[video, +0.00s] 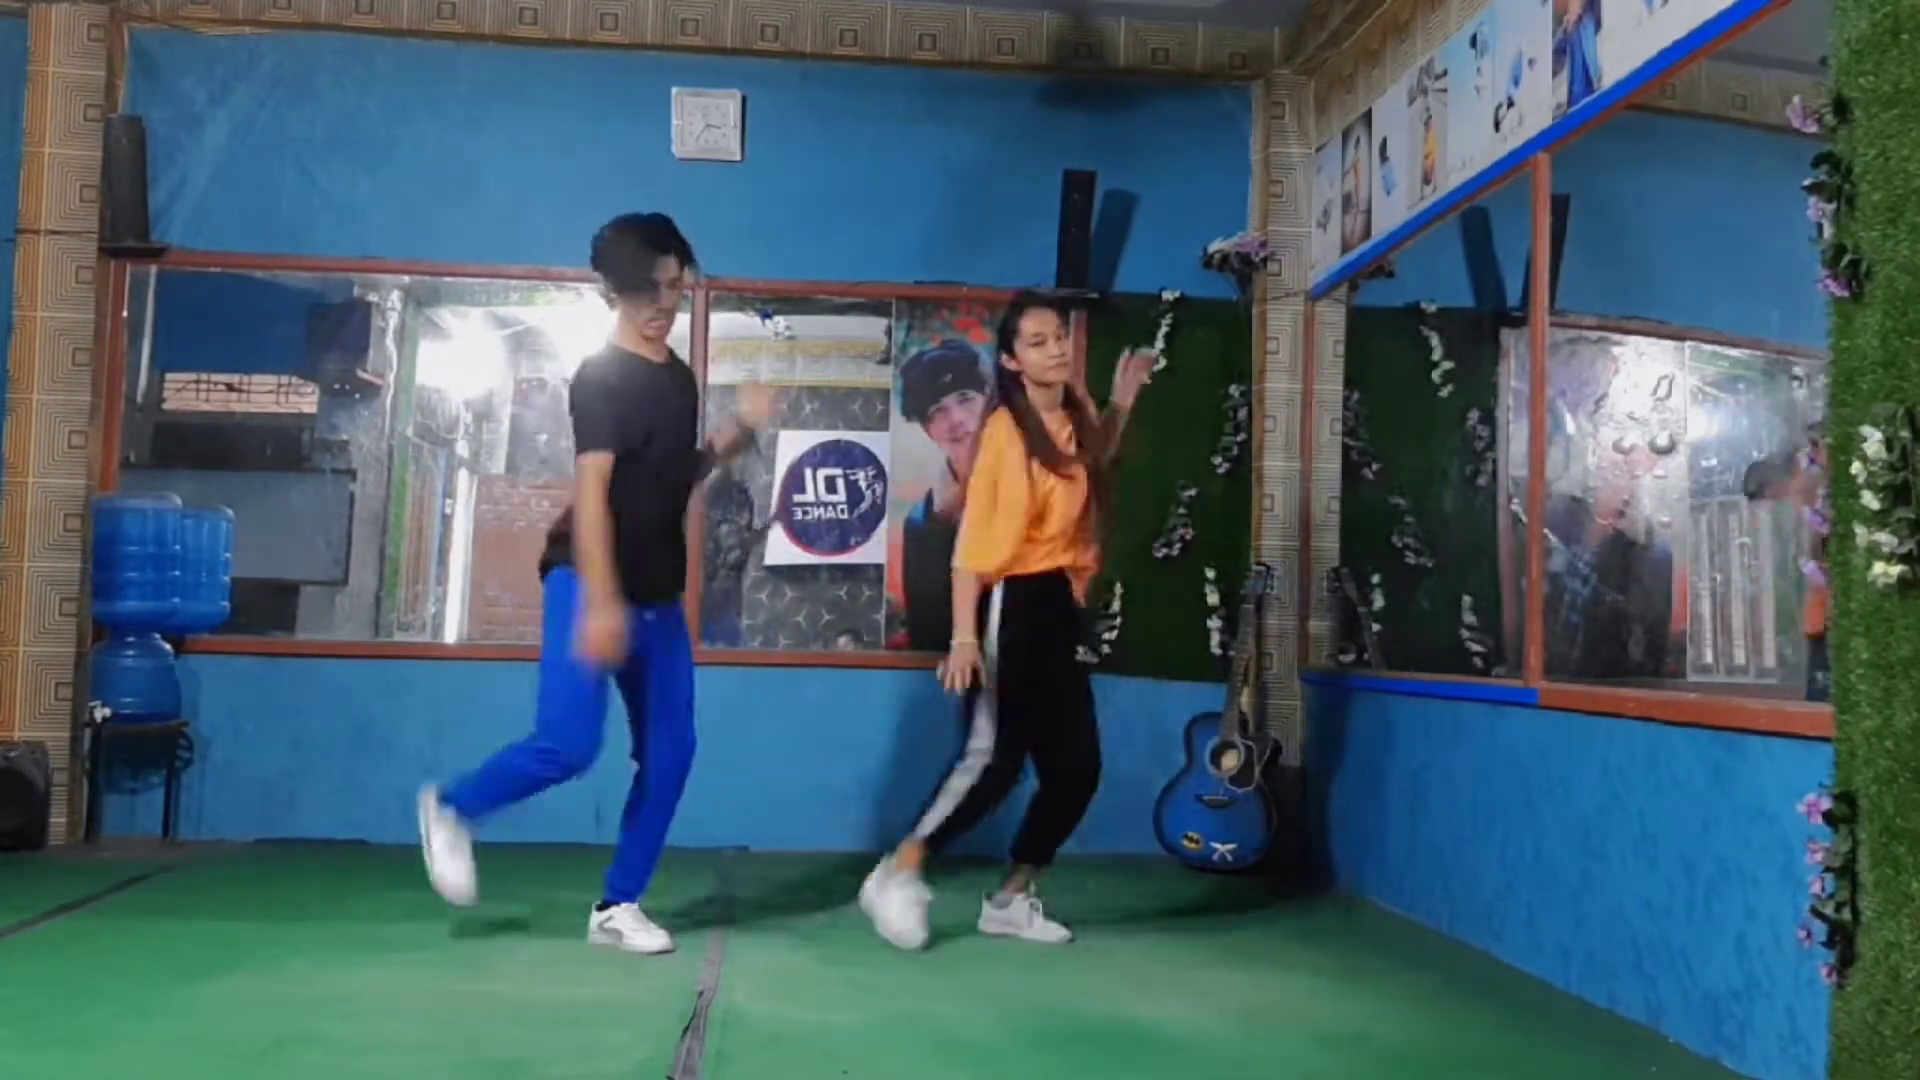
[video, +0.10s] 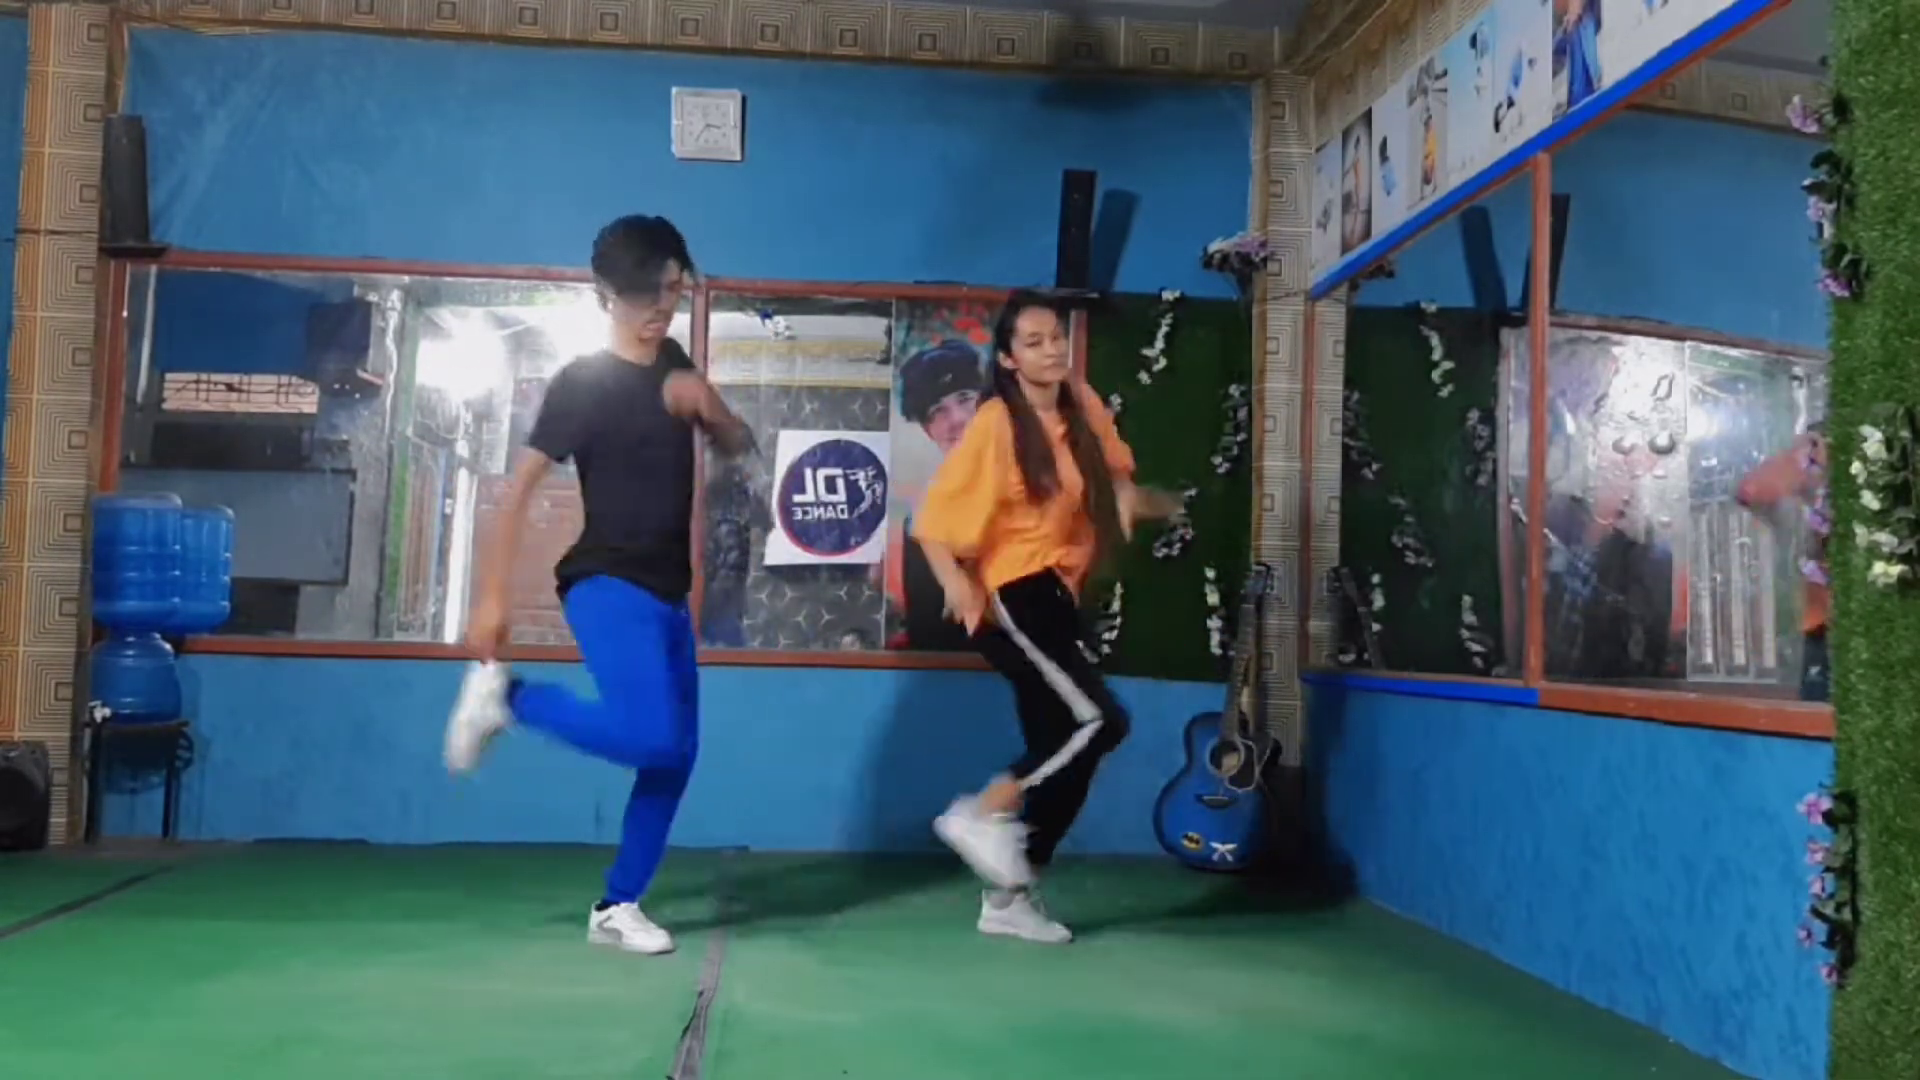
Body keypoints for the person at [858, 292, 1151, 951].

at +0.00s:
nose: (1053, 351)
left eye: (1058, 339)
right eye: (1036, 343)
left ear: (1071, 346)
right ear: (1011, 359)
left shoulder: (1072, 412)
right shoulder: (1005, 429)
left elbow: (1092, 465)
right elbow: (973, 539)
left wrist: (1122, 406)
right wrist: (964, 636)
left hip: (1054, 601)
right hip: (1006, 602)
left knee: (1076, 765)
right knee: (995, 757)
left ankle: (1013, 898)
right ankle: (898, 873)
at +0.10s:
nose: (1048, 352)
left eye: (1056, 340)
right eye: (1032, 342)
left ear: (1069, 346)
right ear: (1007, 356)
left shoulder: (1083, 409)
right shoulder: (994, 424)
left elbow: (1119, 482)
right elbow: (930, 522)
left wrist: (1135, 503)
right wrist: (953, 577)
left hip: (1054, 589)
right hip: (1008, 590)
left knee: (1062, 747)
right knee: (1101, 720)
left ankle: (1008, 899)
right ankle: (983, 813)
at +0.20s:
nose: (1044, 348)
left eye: (1052, 336)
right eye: (1028, 337)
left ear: (1065, 344)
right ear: (1001, 349)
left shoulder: (1078, 421)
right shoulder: (979, 408)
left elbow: (1117, 521)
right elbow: (895, 471)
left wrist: (1140, 608)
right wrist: (949, 492)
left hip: (1058, 589)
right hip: (1011, 592)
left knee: (1067, 740)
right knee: (1124, 717)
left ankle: (1008, 897)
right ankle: (1112, 876)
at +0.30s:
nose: (1039, 354)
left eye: (1050, 340)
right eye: (1027, 340)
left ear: (1066, 349)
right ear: (1003, 345)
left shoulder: (1064, 420)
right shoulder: (978, 397)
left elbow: (1106, 530)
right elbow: (885, 439)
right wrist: (972, 455)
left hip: (1061, 586)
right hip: (1006, 586)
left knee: (1061, 740)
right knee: (1100, 729)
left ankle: (1011, 892)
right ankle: (1149, 898)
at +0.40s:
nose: (1042, 354)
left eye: (1051, 342)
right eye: (1027, 343)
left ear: (1062, 349)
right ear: (1001, 352)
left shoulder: (1072, 424)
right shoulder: (983, 399)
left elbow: (1108, 503)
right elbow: (903, 458)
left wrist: (1129, 555)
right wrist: (959, 511)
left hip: (1050, 588)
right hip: (997, 584)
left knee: (1068, 734)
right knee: (1109, 711)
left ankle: (1009, 894)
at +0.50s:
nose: (1041, 351)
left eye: (1051, 339)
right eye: (1027, 339)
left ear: (1063, 346)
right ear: (1002, 349)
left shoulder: (1075, 417)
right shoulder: (987, 412)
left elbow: (1098, 508)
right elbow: (941, 520)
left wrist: (1134, 446)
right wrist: (934, 616)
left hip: (1051, 590)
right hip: (998, 585)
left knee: (1080, 755)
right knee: (1033, 745)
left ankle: (1012, 898)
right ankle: (937, 872)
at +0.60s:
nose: (1036, 354)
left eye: (1047, 340)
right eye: (1024, 341)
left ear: (1065, 352)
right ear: (1004, 353)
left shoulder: (1075, 427)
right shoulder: (988, 425)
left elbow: (1113, 488)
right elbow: (951, 531)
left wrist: (1111, 399)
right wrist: (913, 621)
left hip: (1053, 598)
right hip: (990, 593)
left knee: (1079, 750)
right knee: (952, 735)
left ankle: (1020, 891)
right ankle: (897, 882)